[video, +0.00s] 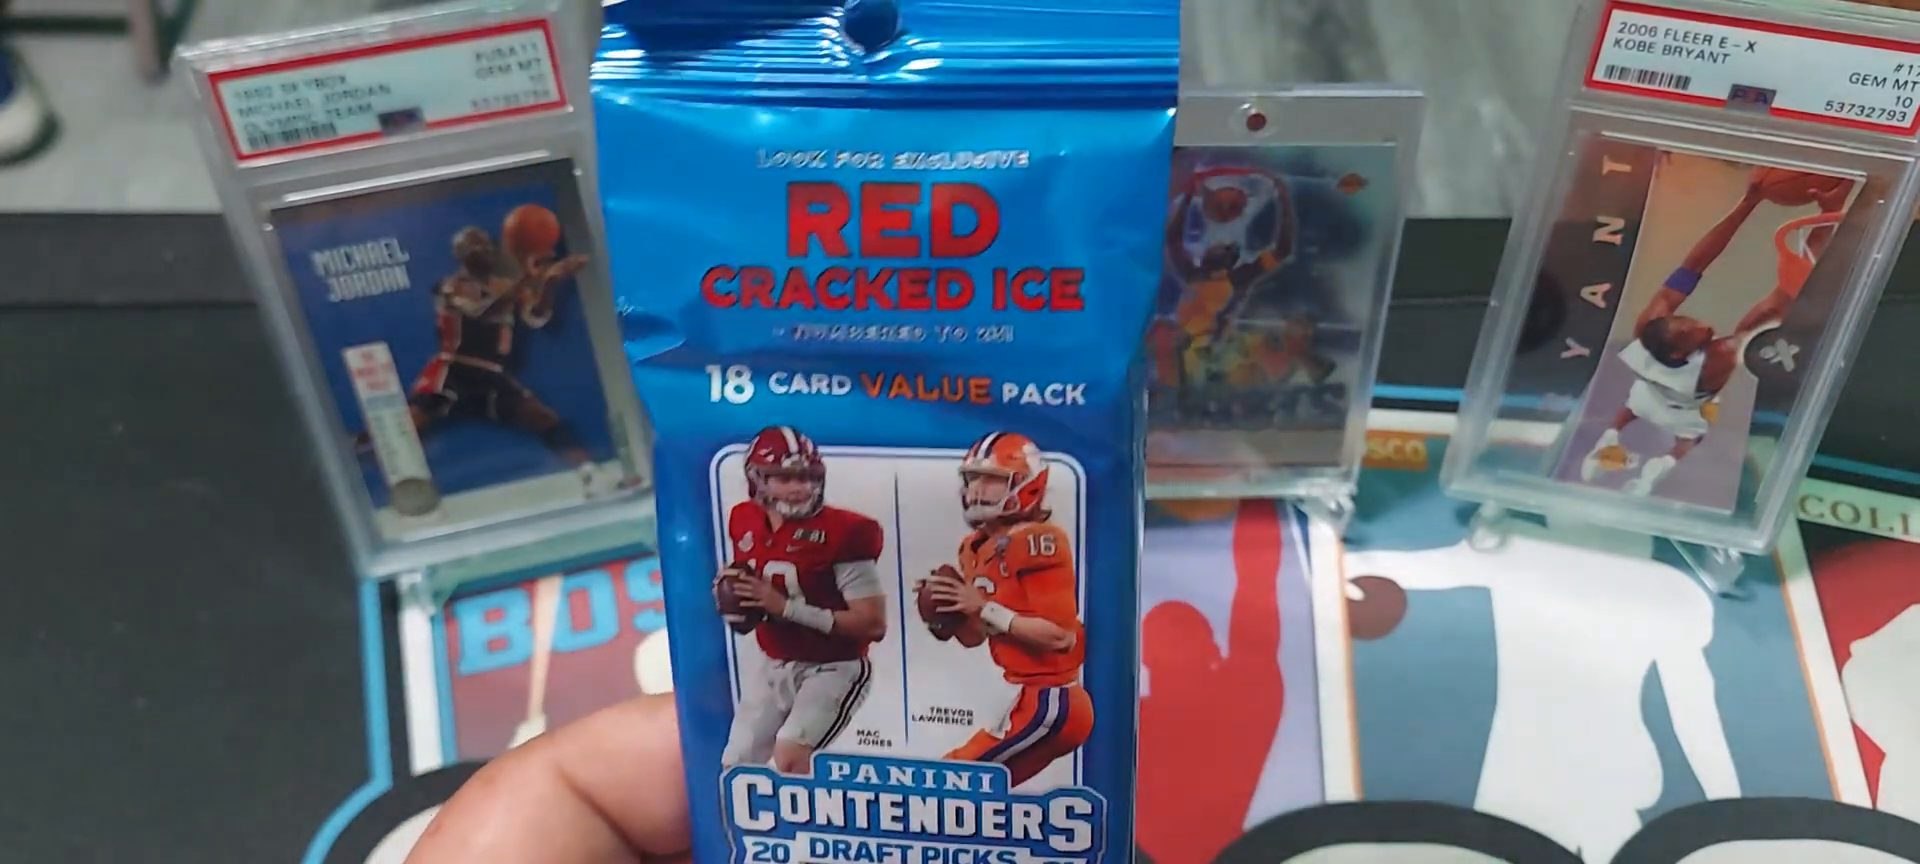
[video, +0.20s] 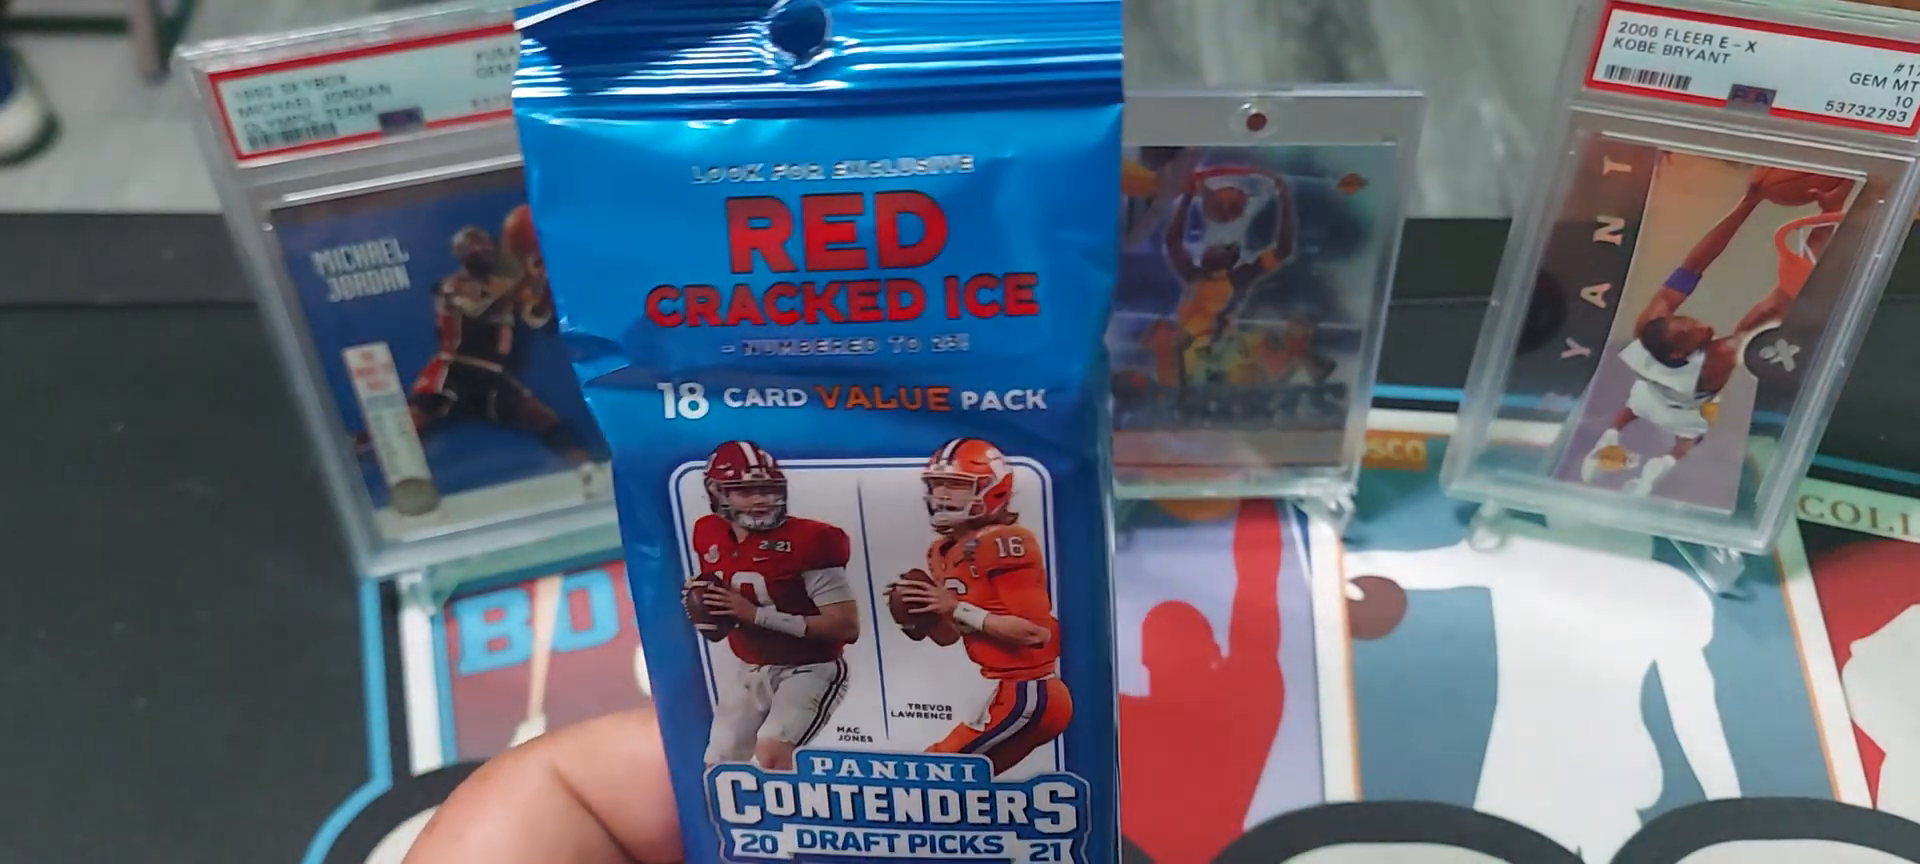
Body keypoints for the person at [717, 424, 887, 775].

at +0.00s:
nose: (797, 488)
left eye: (805, 478)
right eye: (784, 478)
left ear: (818, 480)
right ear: (759, 482)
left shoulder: (847, 532)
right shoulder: (745, 521)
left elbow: (872, 624)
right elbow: (745, 621)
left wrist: (784, 606)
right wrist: (728, 595)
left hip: (836, 669)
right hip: (775, 667)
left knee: (789, 755)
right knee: (736, 763)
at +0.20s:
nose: (759, 500)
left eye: (767, 490)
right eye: (746, 491)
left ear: (779, 491)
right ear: (720, 496)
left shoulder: (813, 540)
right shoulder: (709, 535)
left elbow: (846, 626)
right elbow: (718, 627)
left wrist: (757, 615)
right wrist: (699, 602)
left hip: (812, 670)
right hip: (751, 671)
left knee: (772, 749)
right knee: (719, 765)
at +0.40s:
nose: (828, 453)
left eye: (838, 443)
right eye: (817, 442)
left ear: (849, 447)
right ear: (792, 444)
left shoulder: (864, 502)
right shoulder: (774, 488)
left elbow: (885, 593)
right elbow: (758, 577)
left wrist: (798, 567)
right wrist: (744, 552)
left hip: (843, 635)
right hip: (783, 629)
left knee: (787, 713)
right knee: (731, 719)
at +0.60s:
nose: (779, 364)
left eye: (788, 354)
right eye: (768, 355)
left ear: (800, 356)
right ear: (745, 358)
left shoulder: (822, 408)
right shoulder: (731, 397)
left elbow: (842, 507)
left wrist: (761, 488)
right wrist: (712, 477)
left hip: (805, 558)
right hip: (749, 557)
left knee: (759, 650)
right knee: (706, 662)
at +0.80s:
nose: (781, 348)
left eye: (789, 338)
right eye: (769, 339)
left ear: (801, 340)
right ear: (746, 341)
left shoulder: (824, 390)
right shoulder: (732, 381)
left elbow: (846, 492)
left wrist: (764, 474)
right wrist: (714, 459)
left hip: (811, 542)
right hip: (753, 543)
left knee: (762, 647)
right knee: (711, 656)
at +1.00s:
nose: (776, 344)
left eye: (785, 333)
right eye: (764, 334)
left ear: (797, 335)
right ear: (741, 337)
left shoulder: (821, 387)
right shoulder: (727, 377)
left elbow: (844, 489)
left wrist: (761, 472)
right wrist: (709, 455)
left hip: (808, 542)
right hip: (749, 542)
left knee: (760, 647)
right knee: (707, 656)